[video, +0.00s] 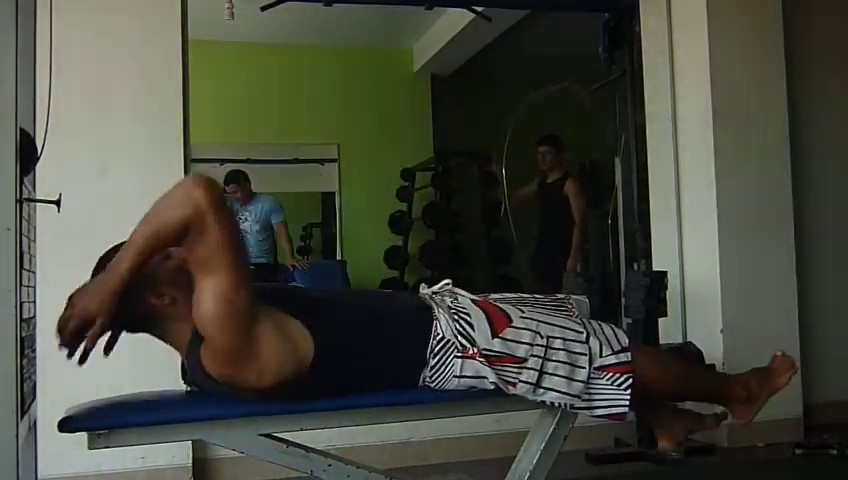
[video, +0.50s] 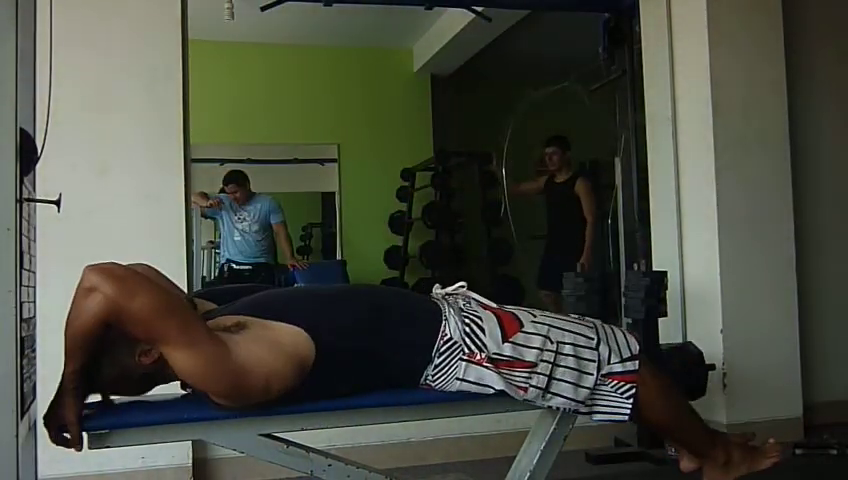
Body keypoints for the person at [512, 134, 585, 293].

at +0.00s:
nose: (541, 158)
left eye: (546, 153)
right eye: (539, 154)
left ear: (558, 155)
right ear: (537, 156)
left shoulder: (569, 184)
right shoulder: (541, 184)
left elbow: (579, 223)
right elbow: (513, 197)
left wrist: (573, 257)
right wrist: (499, 178)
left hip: (561, 249)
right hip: (542, 247)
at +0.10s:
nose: (545, 158)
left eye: (550, 154)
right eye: (543, 154)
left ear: (562, 155)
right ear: (541, 156)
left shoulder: (574, 183)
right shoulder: (544, 183)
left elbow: (585, 222)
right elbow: (517, 192)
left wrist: (576, 257)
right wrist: (499, 176)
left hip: (568, 250)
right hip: (548, 248)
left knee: (566, 298)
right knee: (544, 293)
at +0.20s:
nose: (547, 159)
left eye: (552, 154)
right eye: (545, 155)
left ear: (564, 155)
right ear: (543, 157)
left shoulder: (577, 184)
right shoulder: (546, 183)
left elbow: (588, 222)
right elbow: (516, 191)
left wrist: (580, 256)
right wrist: (498, 174)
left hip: (571, 247)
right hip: (551, 245)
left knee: (568, 294)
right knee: (544, 292)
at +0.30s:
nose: (549, 159)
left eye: (553, 154)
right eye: (547, 155)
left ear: (565, 155)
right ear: (544, 157)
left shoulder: (579, 183)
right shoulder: (548, 182)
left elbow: (590, 221)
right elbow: (516, 190)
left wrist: (584, 255)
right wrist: (498, 173)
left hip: (573, 247)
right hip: (553, 245)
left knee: (570, 294)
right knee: (545, 293)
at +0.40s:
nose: (549, 159)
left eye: (554, 154)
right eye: (547, 155)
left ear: (566, 155)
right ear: (545, 157)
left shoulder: (580, 183)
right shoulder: (548, 182)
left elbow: (591, 220)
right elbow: (517, 189)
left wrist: (586, 254)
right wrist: (499, 174)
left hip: (574, 246)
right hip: (553, 245)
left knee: (571, 291)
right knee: (546, 290)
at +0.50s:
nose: (549, 159)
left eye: (553, 154)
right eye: (547, 155)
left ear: (565, 155)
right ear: (544, 157)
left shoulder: (579, 183)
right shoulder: (547, 182)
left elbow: (591, 220)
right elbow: (517, 188)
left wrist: (586, 255)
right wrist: (499, 174)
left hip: (574, 247)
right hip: (553, 246)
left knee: (571, 293)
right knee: (547, 292)